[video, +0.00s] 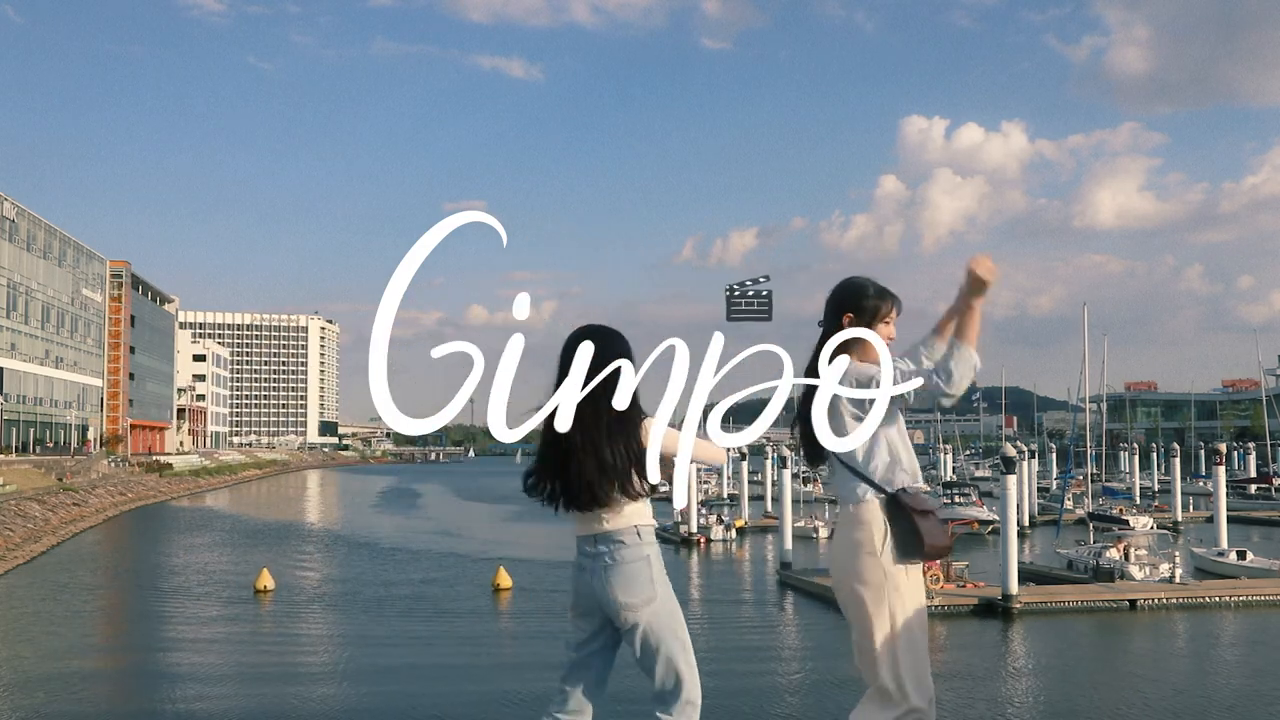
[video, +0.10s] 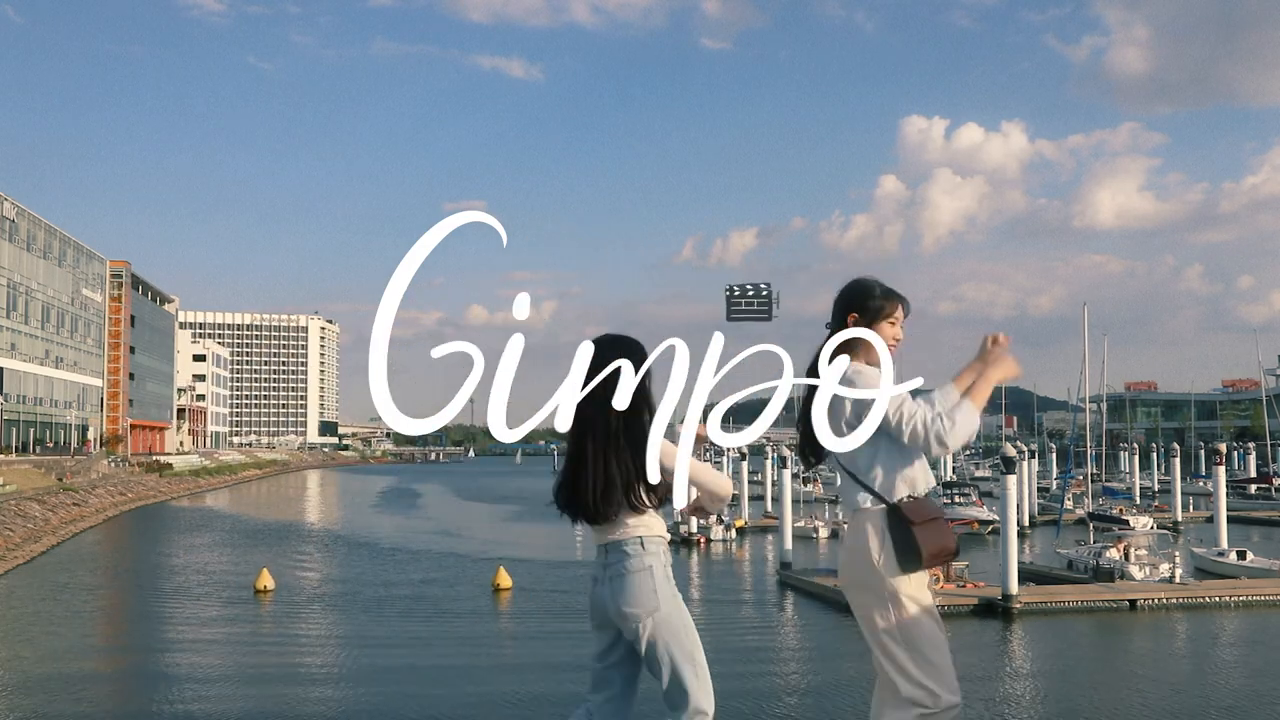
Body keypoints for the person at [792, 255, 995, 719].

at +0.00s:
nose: (896, 333)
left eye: (895, 322)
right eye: (888, 321)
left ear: (848, 322)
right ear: (852, 322)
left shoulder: (851, 372)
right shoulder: (858, 370)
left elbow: (918, 361)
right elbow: (948, 385)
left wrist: (962, 303)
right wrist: (974, 303)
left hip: (873, 530)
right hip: (875, 531)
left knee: (898, 690)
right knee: (904, 694)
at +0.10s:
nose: (900, 335)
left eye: (901, 324)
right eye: (892, 322)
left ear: (854, 326)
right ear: (857, 322)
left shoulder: (856, 379)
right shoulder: (860, 379)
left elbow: (921, 417)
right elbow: (938, 436)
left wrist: (977, 366)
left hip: (874, 539)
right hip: (881, 541)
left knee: (897, 692)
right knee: (936, 698)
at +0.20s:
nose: (909, 339)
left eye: (912, 330)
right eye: (899, 328)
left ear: (914, 335)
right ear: (868, 332)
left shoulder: (862, 395)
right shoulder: (870, 397)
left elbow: (911, 480)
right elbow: (920, 488)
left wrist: (964, 448)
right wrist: (957, 441)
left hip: (874, 551)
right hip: (886, 552)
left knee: (918, 689)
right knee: (971, 694)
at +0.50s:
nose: (940, 320)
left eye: (946, 310)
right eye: (927, 309)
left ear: (951, 315)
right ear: (896, 317)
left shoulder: (912, 375)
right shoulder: (903, 378)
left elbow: (916, 466)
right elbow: (910, 469)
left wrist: (986, 478)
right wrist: (996, 477)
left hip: (921, 533)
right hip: (931, 533)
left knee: (932, 685)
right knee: (996, 681)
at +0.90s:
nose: (1003, 330)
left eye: (1002, 319)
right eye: (995, 318)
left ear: (964, 325)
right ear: (962, 321)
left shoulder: (956, 385)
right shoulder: (955, 387)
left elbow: (972, 480)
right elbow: (968, 485)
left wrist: (1024, 488)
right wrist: (1046, 456)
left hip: (961, 544)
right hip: (977, 544)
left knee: (949, 691)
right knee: (1029, 694)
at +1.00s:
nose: (1014, 345)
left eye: (1013, 334)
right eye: (1008, 334)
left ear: (979, 339)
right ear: (979, 337)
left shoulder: (966, 405)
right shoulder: (967, 409)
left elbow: (975, 503)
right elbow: (971, 508)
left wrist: (1044, 505)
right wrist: (1056, 502)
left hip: (972, 559)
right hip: (991, 560)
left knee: (966, 700)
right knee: (1043, 702)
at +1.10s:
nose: (1025, 354)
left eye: (1025, 343)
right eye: (1022, 342)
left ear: (991, 344)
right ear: (998, 342)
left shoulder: (973, 413)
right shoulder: (984, 417)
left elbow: (986, 514)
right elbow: (994, 515)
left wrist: (1057, 519)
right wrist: (1066, 519)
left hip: (983, 566)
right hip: (1000, 569)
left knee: (1030, 703)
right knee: (1053, 704)